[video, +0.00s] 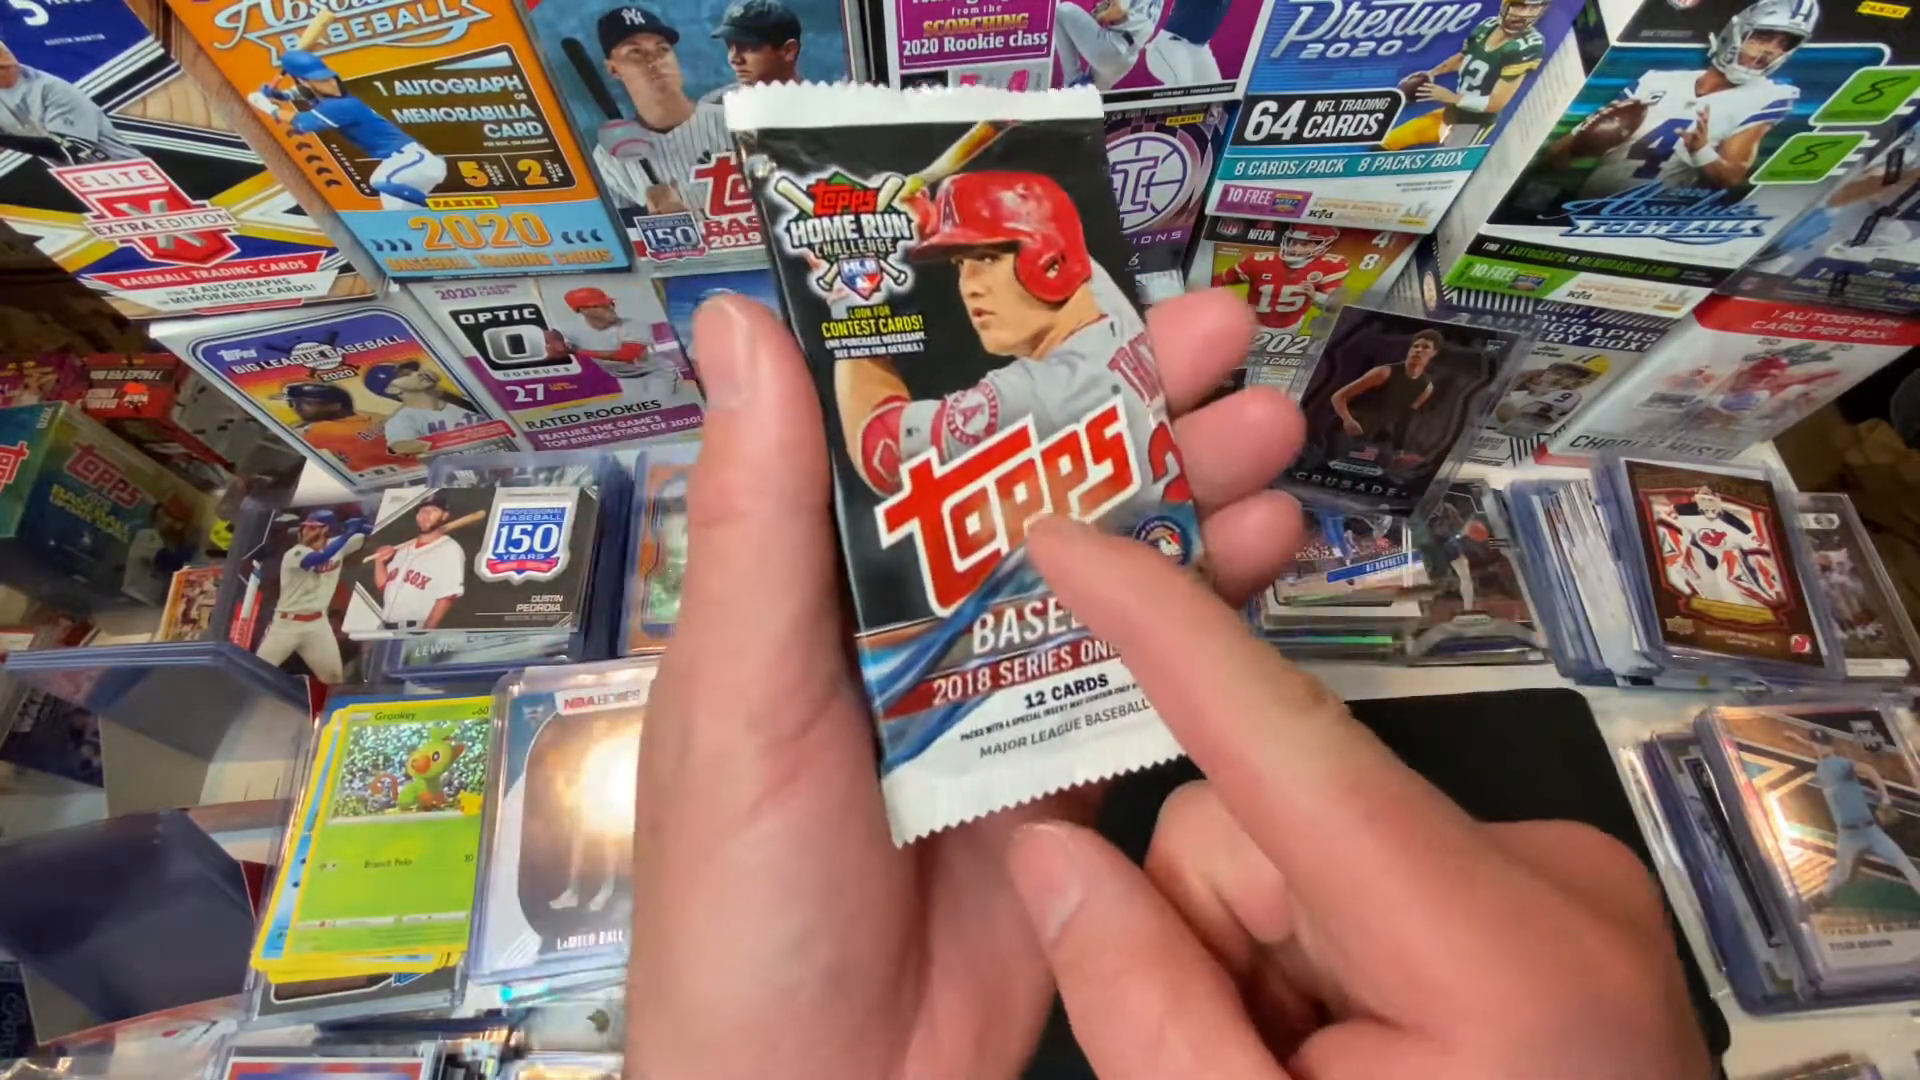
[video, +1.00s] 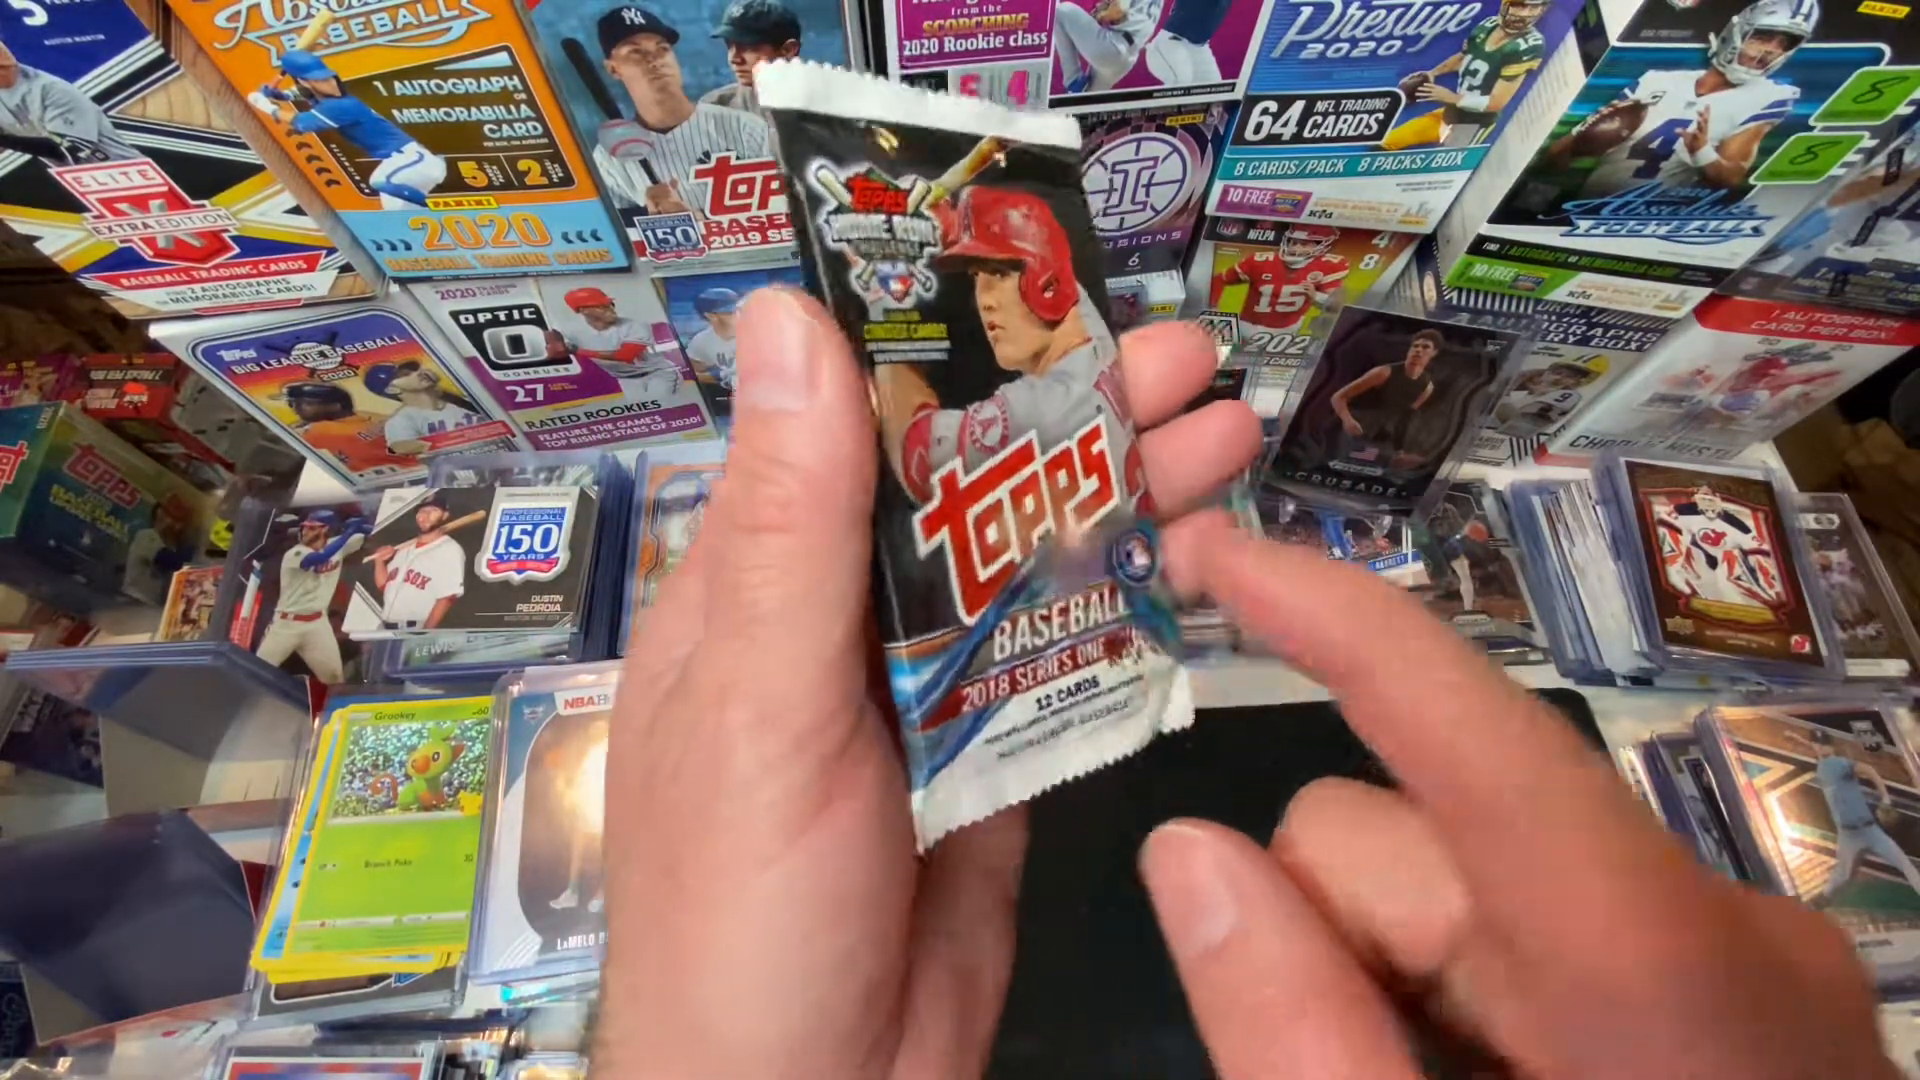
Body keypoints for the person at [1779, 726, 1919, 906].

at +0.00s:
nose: (1823, 749)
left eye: (1825, 744)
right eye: (1819, 745)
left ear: (1831, 745)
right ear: (1814, 748)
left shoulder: (1839, 764)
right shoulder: (1823, 767)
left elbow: (1868, 770)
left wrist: (1884, 797)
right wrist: (1796, 738)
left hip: (1871, 829)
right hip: (1847, 834)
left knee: (1904, 863)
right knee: (1842, 875)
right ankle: (1825, 896)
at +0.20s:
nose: (1823, 749)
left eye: (1825, 744)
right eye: (1818, 745)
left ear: (1831, 745)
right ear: (1813, 747)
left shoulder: (1838, 764)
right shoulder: (1823, 766)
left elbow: (1868, 770)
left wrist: (1885, 797)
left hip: (1871, 828)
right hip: (1847, 834)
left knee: (1904, 864)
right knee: (1842, 874)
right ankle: (1823, 898)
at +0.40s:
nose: (1824, 749)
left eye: (1826, 744)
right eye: (1819, 745)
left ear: (1831, 745)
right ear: (1814, 748)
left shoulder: (1839, 764)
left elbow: (1868, 770)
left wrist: (1885, 797)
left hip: (1871, 829)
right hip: (1847, 834)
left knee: (1904, 863)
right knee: (1842, 875)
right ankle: (1824, 897)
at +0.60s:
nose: (1823, 749)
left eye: (1825, 744)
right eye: (1819, 745)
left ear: (1831, 745)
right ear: (1814, 748)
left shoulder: (1839, 764)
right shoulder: (1823, 767)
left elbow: (1868, 770)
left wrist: (1885, 797)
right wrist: (1796, 738)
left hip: (1871, 828)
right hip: (1847, 834)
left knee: (1904, 863)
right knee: (1843, 875)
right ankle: (1823, 897)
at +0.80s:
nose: (1823, 749)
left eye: (1825, 744)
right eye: (1818, 745)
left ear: (1831, 745)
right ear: (1814, 748)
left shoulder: (1839, 763)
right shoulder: (1823, 766)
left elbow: (1868, 770)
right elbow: (1812, 748)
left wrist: (1885, 797)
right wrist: (1798, 739)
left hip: (1870, 828)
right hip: (1847, 833)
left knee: (1903, 863)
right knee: (1843, 873)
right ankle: (1824, 897)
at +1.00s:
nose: (1822, 749)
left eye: (1824, 744)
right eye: (1818, 746)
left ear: (1830, 745)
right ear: (1815, 748)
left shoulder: (1840, 763)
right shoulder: (1822, 766)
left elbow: (1869, 770)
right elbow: (1812, 746)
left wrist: (1885, 797)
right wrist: (1797, 739)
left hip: (1870, 829)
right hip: (1847, 834)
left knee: (1903, 863)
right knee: (1842, 874)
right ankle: (1824, 897)